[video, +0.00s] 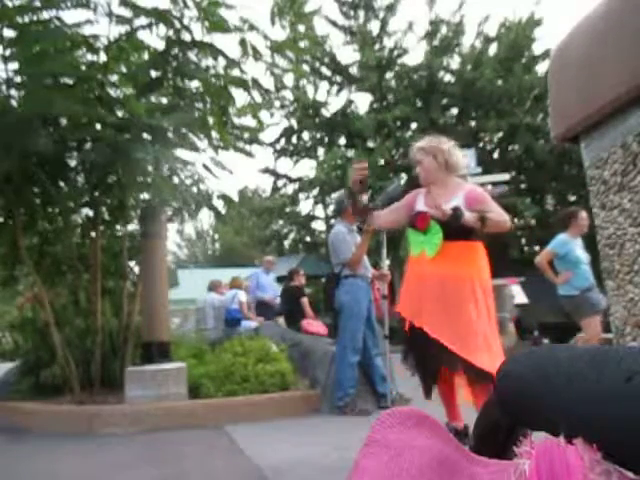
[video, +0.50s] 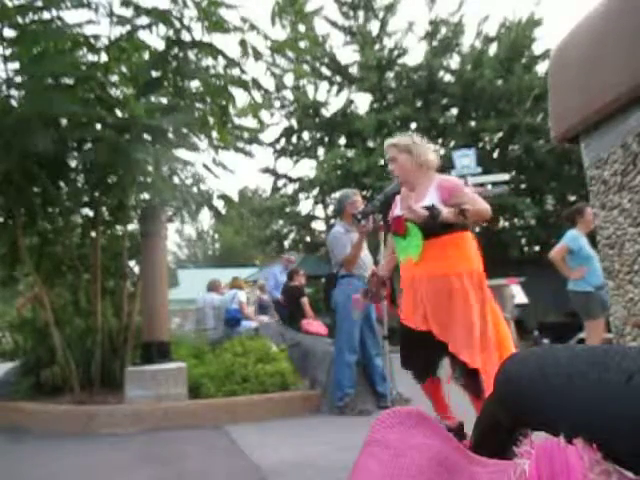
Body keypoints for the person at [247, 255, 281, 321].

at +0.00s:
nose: (270, 266)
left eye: (272, 263)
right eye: (268, 263)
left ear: (274, 265)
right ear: (264, 263)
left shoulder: (273, 276)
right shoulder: (256, 275)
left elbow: (276, 289)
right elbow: (252, 292)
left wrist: (277, 299)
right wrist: (266, 298)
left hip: (273, 303)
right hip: (261, 304)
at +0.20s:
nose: (279, 265)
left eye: (280, 263)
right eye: (277, 262)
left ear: (282, 264)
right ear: (272, 262)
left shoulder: (282, 274)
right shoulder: (263, 273)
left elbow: (285, 288)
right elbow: (259, 290)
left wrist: (282, 298)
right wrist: (273, 298)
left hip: (281, 301)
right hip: (268, 302)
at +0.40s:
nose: (284, 264)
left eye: (286, 262)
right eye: (283, 261)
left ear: (287, 262)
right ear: (278, 261)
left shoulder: (289, 273)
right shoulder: (270, 273)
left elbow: (292, 287)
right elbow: (266, 289)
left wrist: (286, 298)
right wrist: (277, 298)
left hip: (288, 301)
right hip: (276, 302)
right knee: (281, 321)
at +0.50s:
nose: (289, 264)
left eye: (291, 262)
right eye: (288, 261)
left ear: (293, 263)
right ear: (284, 260)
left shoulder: (290, 272)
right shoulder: (274, 271)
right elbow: (270, 288)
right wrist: (279, 297)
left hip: (288, 298)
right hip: (278, 299)